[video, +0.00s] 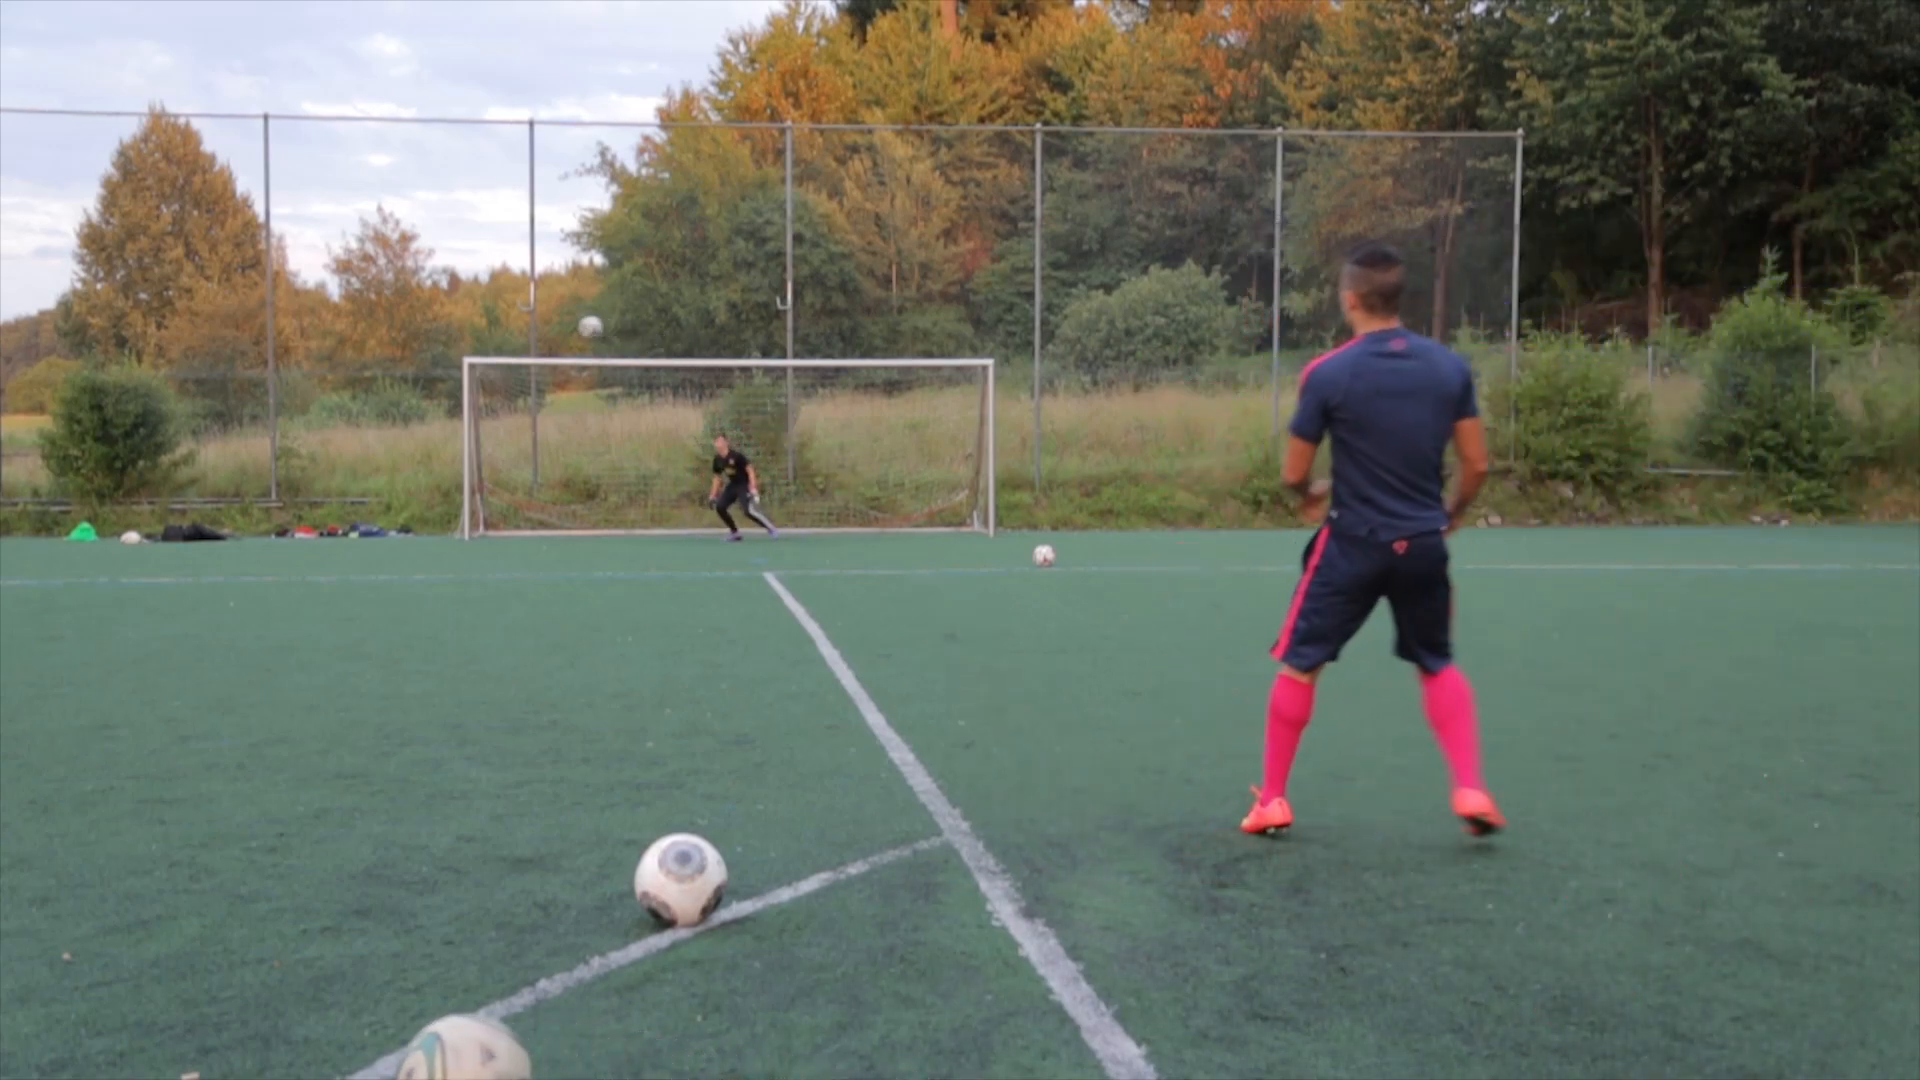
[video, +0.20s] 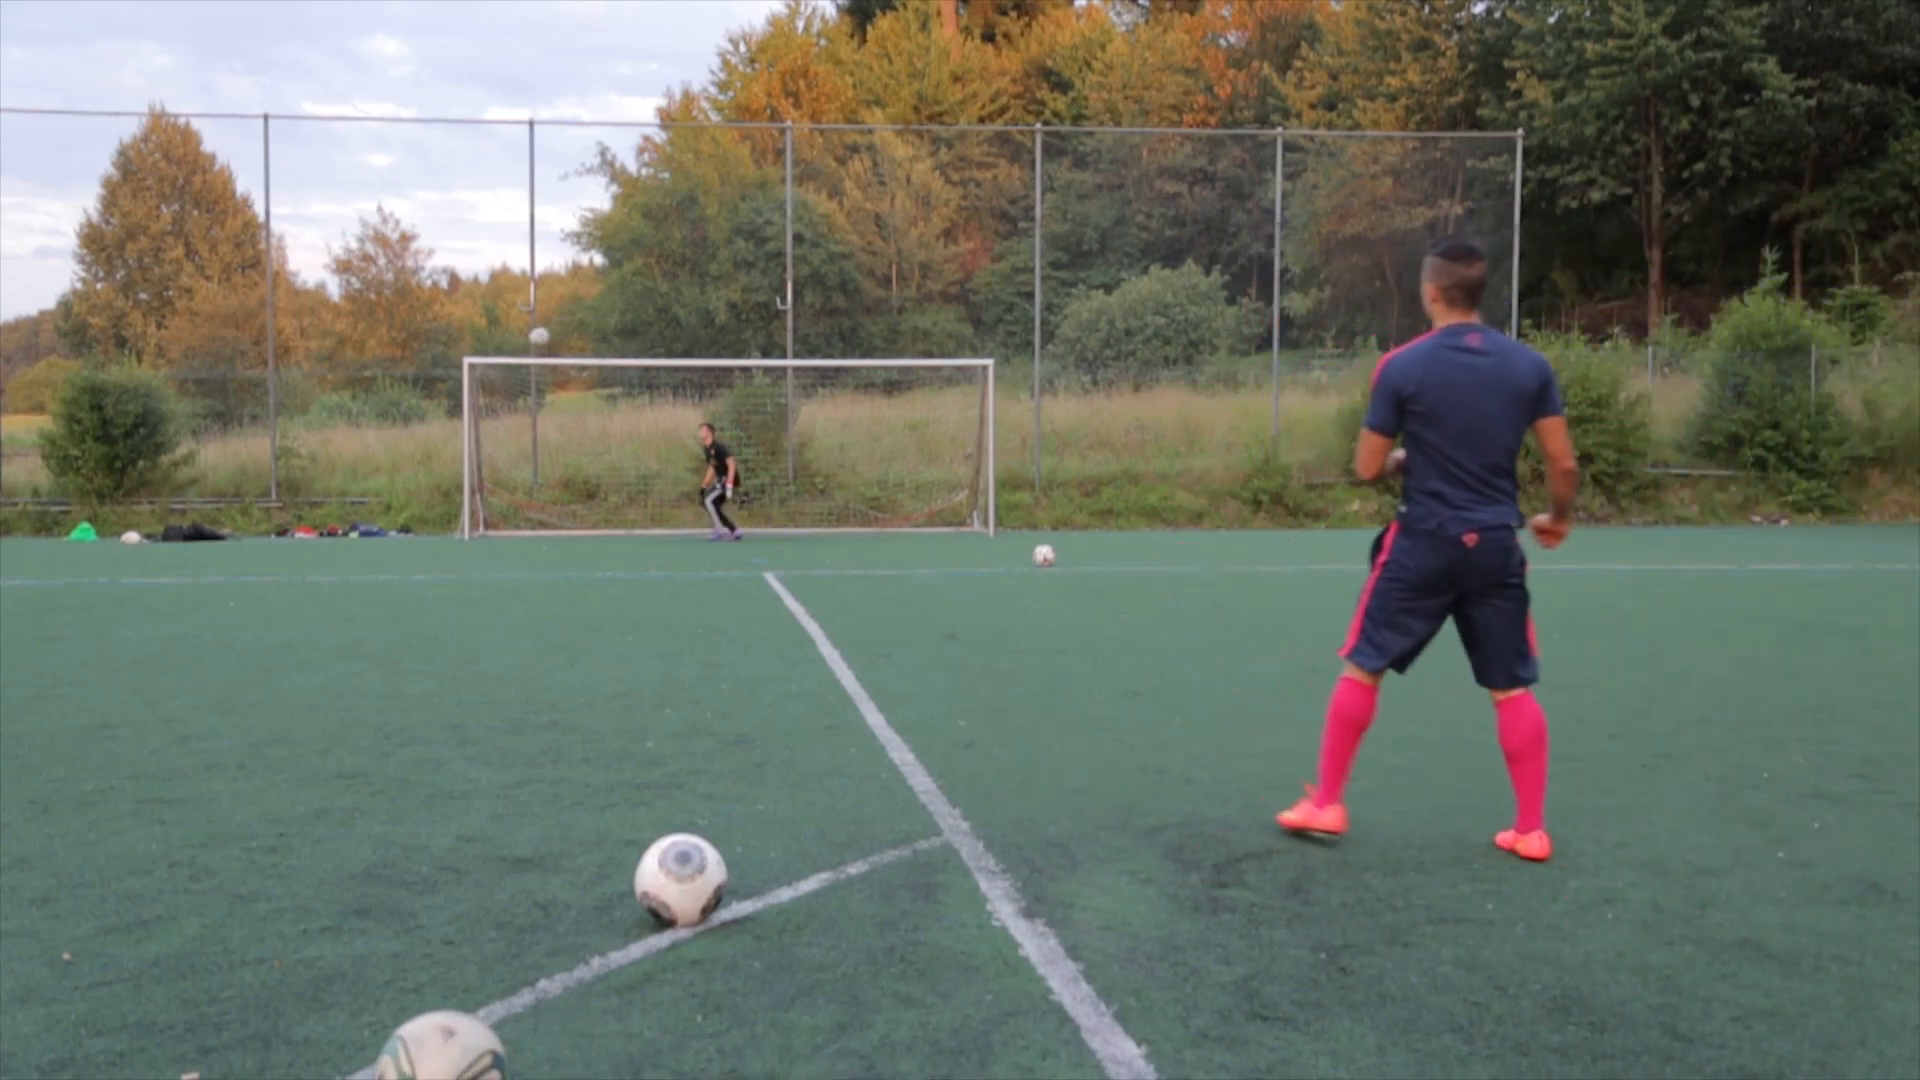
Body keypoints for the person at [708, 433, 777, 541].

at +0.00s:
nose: (719, 446)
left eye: (721, 443)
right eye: (717, 444)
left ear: (727, 443)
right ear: (715, 446)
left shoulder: (736, 456)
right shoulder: (718, 460)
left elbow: (750, 470)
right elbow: (717, 478)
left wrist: (753, 488)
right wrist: (713, 495)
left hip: (744, 485)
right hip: (732, 486)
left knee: (748, 510)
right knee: (720, 507)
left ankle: (772, 530)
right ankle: (735, 533)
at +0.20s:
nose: (701, 434)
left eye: (703, 431)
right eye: (701, 431)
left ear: (710, 433)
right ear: (702, 433)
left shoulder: (719, 447)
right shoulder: (708, 449)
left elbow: (731, 464)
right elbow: (712, 467)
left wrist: (729, 484)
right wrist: (704, 485)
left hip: (727, 480)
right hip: (720, 480)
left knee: (709, 500)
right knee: (711, 503)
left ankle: (720, 530)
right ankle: (734, 530)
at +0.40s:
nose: (687, 426)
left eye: (688, 423)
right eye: (687, 423)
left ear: (692, 425)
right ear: (696, 425)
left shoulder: (700, 440)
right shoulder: (699, 440)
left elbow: (707, 462)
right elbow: (705, 464)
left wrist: (706, 482)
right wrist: (699, 481)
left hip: (707, 477)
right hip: (708, 476)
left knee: (689, 503)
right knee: (707, 508)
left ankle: (681, 534)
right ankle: (731, 529)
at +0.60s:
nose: (680, 422)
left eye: (681, 419)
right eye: (680, 419)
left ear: (685, 420)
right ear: (690, 420)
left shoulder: (688, 437)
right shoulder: (695, 436)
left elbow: (685, 457)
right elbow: (693, 457)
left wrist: (677, 475)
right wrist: (683, 473)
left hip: (692, 471)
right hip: (698, 470)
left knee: (677, 501)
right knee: (685, 503)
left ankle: (679, 533)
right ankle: (708, 525)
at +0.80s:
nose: (675, 420)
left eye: (676, 417)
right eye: (676, 417)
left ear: (681, 418)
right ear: (686, 418)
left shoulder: (685, 434)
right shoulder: (689, 433)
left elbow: (678, 454)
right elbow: (685, 454)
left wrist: (659, 460)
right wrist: (670, 461)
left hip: (685, 468)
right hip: (687, 467)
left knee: (675, 500)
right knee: (673, 500)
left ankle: (679, 534)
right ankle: (679, 532)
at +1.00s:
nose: (672, 418)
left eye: (673, 415)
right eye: (673, 415)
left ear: (676, 416)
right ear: (683, 416)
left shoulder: (681, 433)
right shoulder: (683, 432)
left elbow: (677, 454)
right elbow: (679, 454)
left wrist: (659, 461)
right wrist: (665, 463)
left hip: (680, 469)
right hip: (680, 468)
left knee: (673, 500)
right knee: (671, 500)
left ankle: (679, 534)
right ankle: (678, 532)